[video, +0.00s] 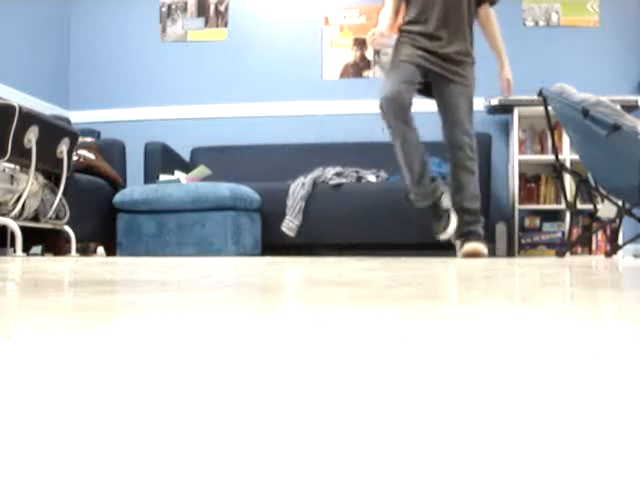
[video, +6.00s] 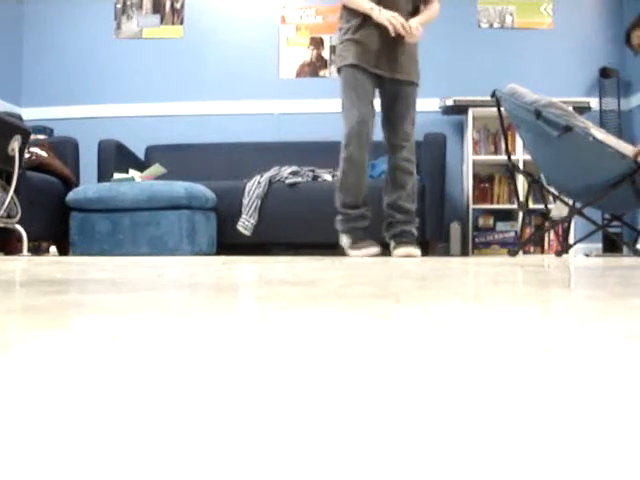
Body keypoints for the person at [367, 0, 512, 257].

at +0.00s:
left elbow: (484, 9)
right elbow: (395, 3)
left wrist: (504, 62)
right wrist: (384, 29)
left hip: (457, 50)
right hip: (412, 43)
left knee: (462, 141)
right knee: (392, 99)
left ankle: (471, 234)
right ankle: (430, 197)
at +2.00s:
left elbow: (499, 6)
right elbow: (404, 2)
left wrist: (517, 48)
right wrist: (394, 37)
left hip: (468, 53)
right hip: (425, 48)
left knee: (468, 148)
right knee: (421, 124)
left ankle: (471, 234)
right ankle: (408, 224)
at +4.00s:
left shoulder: (483, 3)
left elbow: (489, 22)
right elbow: (403, 6)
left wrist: (499, 73)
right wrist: (394, 50)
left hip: (458, 71)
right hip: (414, 65)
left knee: (457, 159)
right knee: (407, 153)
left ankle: (456, 237)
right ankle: (392, 235)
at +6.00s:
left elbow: (434, 5)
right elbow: (345, 1)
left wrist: (417, 21)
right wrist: (377, 12)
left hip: (404, 42)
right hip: (359, 37)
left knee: (403, 140)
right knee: (358, 129)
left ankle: (403, 233)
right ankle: (353, 229)